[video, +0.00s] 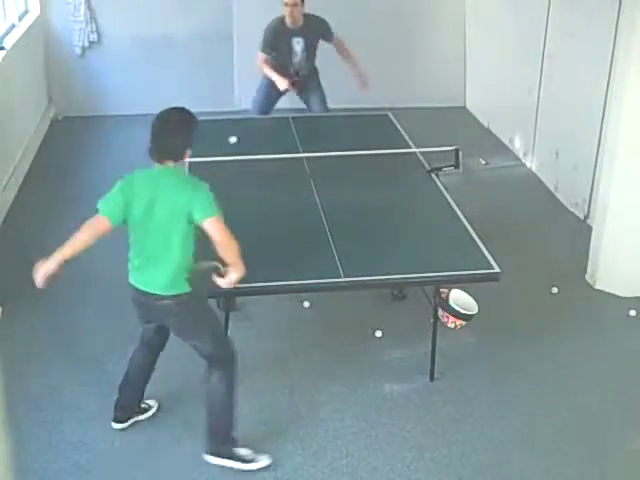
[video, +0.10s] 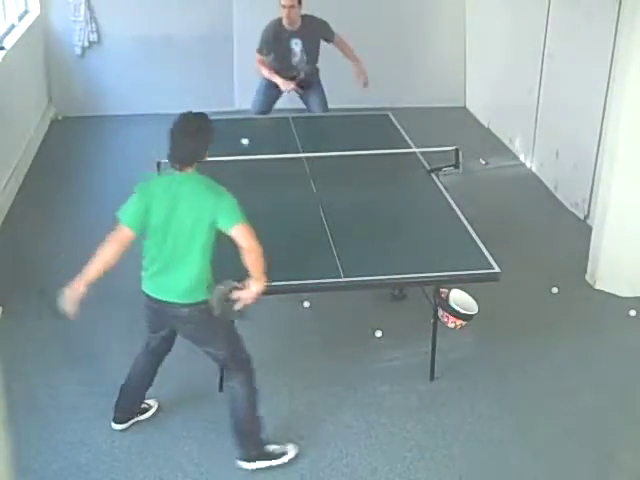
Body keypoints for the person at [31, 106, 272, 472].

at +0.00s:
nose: (192, 148)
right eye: (192, 144)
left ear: (152, 145)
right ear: (187, 150)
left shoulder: (131, 185)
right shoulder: (194, 189)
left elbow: (96, 226)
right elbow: (219, 233)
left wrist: (55, 259)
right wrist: (237, 270)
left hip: (141, 293)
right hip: (175, 299)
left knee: (151, 338)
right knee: (221, 356)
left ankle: (126, 409)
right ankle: (221, 446)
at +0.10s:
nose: (206, 150)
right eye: (207, 146)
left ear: (171, 148)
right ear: (204, 152)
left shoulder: (149, 190)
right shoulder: (214, 196)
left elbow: (115, 245)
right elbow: (248, 242)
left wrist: (78, 286)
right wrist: (257, 283)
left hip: (155, 299)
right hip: (193, 306)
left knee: (154, 347)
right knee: (239, 366)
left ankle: (125, 410)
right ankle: (252, 449)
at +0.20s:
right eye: (231, 152)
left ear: (194, 155)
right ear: (229, 159)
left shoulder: (178, 198)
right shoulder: (243, 204)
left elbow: (149, 251)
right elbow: (279, 251)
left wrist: (118, 298)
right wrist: (286, 296)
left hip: (175, 307)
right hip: (216, 315)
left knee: (161, 356)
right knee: (254, 372)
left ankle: (128, 411)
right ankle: (266, 454)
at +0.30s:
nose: (257, 161)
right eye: (257, 156)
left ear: (219, 159)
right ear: (255, 161)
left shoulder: (198, 202)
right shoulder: (270, 206)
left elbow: (174, 258)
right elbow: (306, 255)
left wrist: (144, 303)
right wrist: (314, 299)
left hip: (201, 315)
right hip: (245, 319)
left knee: (178, 368)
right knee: (263, 380)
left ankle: (148, 419)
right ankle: (265, 457)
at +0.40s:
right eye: (268, 142)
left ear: (233, 146)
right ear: (269, 149)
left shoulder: (208, 188)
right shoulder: (283, 195)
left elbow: (183, 245)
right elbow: (313, 247)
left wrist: (159, 290)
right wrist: (329, 287)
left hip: (213, 308)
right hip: (260, 311)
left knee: (194, 378)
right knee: (273, 383)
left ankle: (169, 452)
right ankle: (274, 453)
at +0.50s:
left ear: (243, 142)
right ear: (279, 145)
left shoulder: (216, 185)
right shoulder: (294, 192)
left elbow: (189, 240)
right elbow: (322, 252)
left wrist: (168, 284)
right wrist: (329, 284)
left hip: (222, 315)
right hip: (271, 319)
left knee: (208, 390)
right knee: (289, 388)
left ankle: (193, 471)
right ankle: (300, 465)